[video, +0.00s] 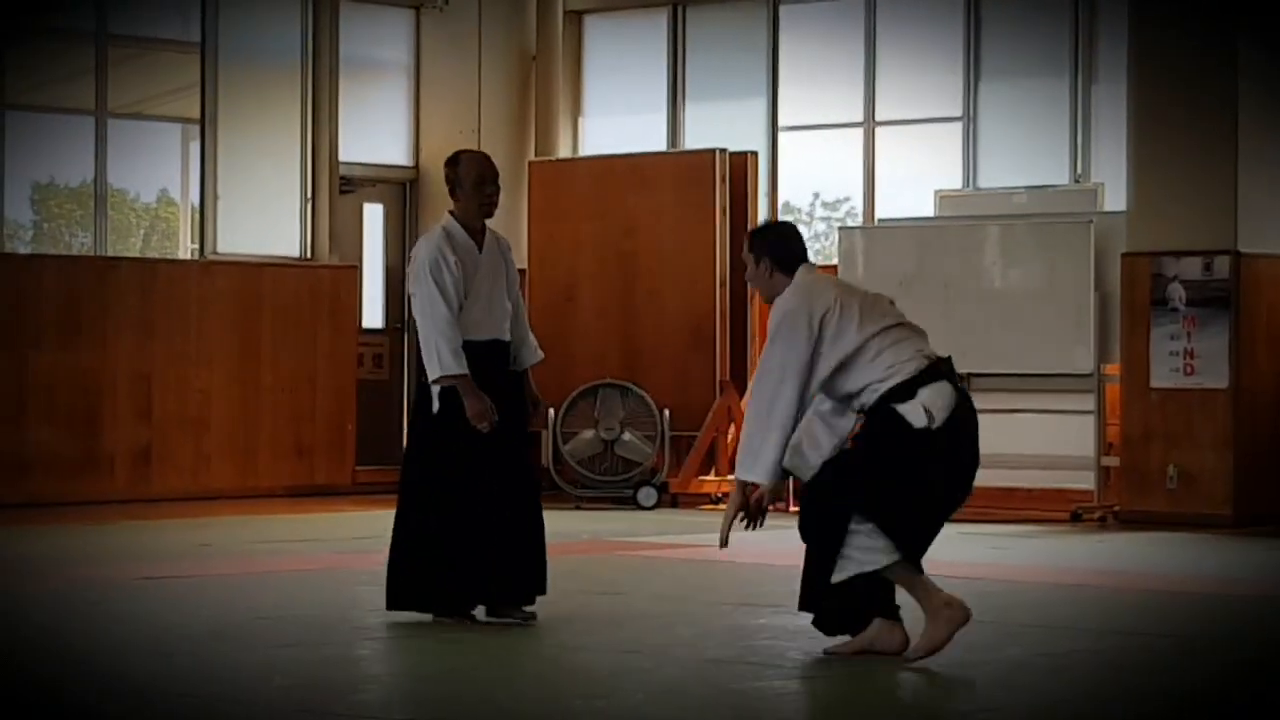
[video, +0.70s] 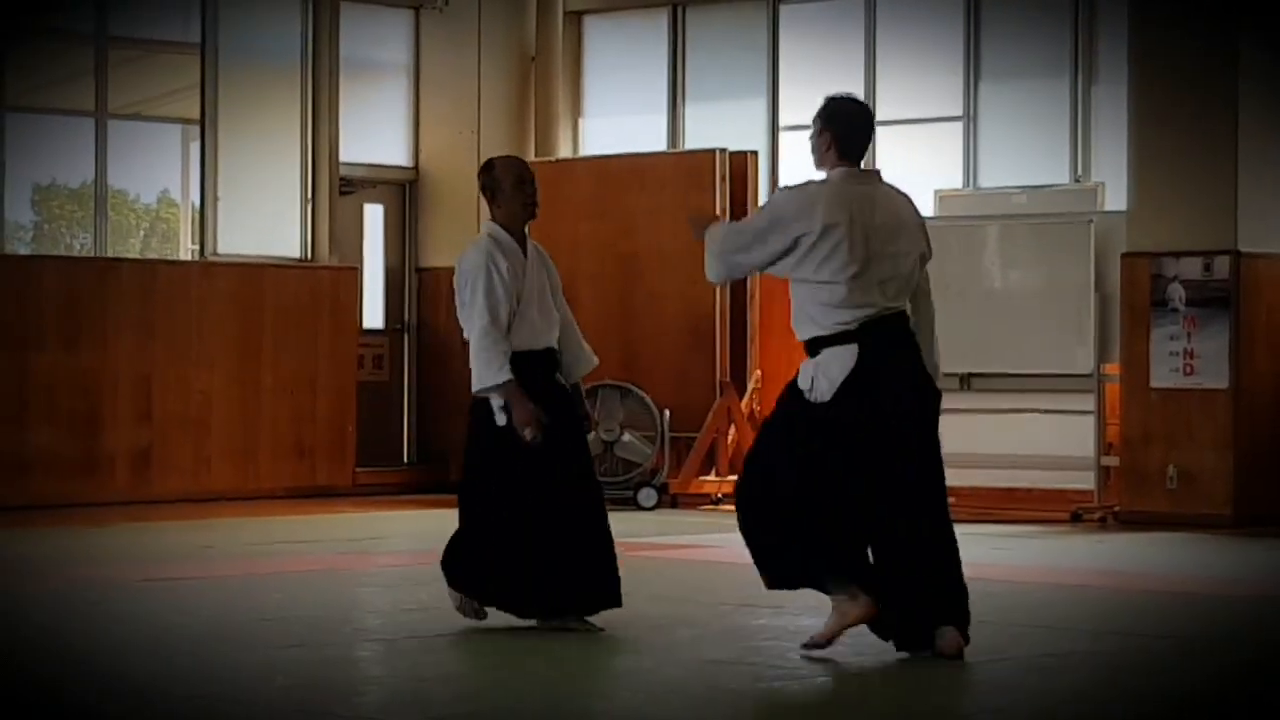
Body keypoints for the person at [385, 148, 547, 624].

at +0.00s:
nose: (494, 193)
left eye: (496, 184)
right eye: (483, 184)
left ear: (495, 189)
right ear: (454, 190)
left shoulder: (500, 247)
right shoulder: (434, 248)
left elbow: (516, 318)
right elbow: (436, 326)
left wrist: (528, 382)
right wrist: (467, 389)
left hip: (502, 373)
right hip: (452, 375)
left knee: (505, 483)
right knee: (452, 485)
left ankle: (502, 595)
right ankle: (448, 597)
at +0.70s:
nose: (533, 193)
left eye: (533, 184)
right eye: (522, 186)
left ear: (533, 193)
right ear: (492, 196)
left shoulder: (537, 255)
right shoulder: (481, 258)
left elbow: (561, 323)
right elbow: (484, 334)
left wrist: (577, 388)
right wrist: (513, 398)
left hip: (547, 382)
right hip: (507, 386)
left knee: (563, 492)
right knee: (504, 492)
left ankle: (557, 603)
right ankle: (464, 571)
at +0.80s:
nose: (531, 198)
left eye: (529, 189)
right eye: (519, 190)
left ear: (519, 198)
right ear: (489, 201)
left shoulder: (531, 263)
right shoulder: (479, 260)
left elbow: (556, 324)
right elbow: (491, 322)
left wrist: (578, 383)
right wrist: (543, 343)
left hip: (536, 382)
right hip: (503, 386)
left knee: (556, 489)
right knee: (505, 491)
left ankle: (557, 602)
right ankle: (449, 581)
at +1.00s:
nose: (491, 198)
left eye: (488, 190)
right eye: (479, 192)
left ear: (457, 207)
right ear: (452, 204)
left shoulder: (452, 256)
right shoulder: (463, 257)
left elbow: (488, 338)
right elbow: (532, 268)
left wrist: (531, 385)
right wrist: (589, 217)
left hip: (480, 387)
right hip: (486, 390)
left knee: (478, 498)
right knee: (555, 490)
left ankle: (423, 600)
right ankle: (556, 606)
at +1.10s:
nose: (464, 191)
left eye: (461, 183)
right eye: (453, 185)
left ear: (420, 200)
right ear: (426, 196)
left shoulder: (401, 255)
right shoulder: (445, 251)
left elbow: (421, 337)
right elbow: (521, 291)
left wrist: (487, 363)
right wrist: (551, 242)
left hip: (431, 389)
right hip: (463, 391)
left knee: (450, 499)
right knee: (519, 487)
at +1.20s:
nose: (440, 193)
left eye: (436, 185)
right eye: (431, 186)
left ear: (392, 197)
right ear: (406, 195)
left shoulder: (366, 254)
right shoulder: (420, 256)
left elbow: (387, 328)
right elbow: (478, 311)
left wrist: (448, 342)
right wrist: (501, 278)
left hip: (393, 387)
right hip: (429, 391)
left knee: (416, 500)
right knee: (457, 496)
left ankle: (414, 610)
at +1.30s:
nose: (407, 196)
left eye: (405, 187)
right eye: (402, 187)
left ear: (355, 195)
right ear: (385, 193)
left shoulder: (333, 252)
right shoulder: (394, 250)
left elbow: (326, 330)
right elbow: (459, 301)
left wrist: (359, 366)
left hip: (362, 392)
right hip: (402, 392)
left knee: (396, 497)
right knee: (440, 495)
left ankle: (342, 582)